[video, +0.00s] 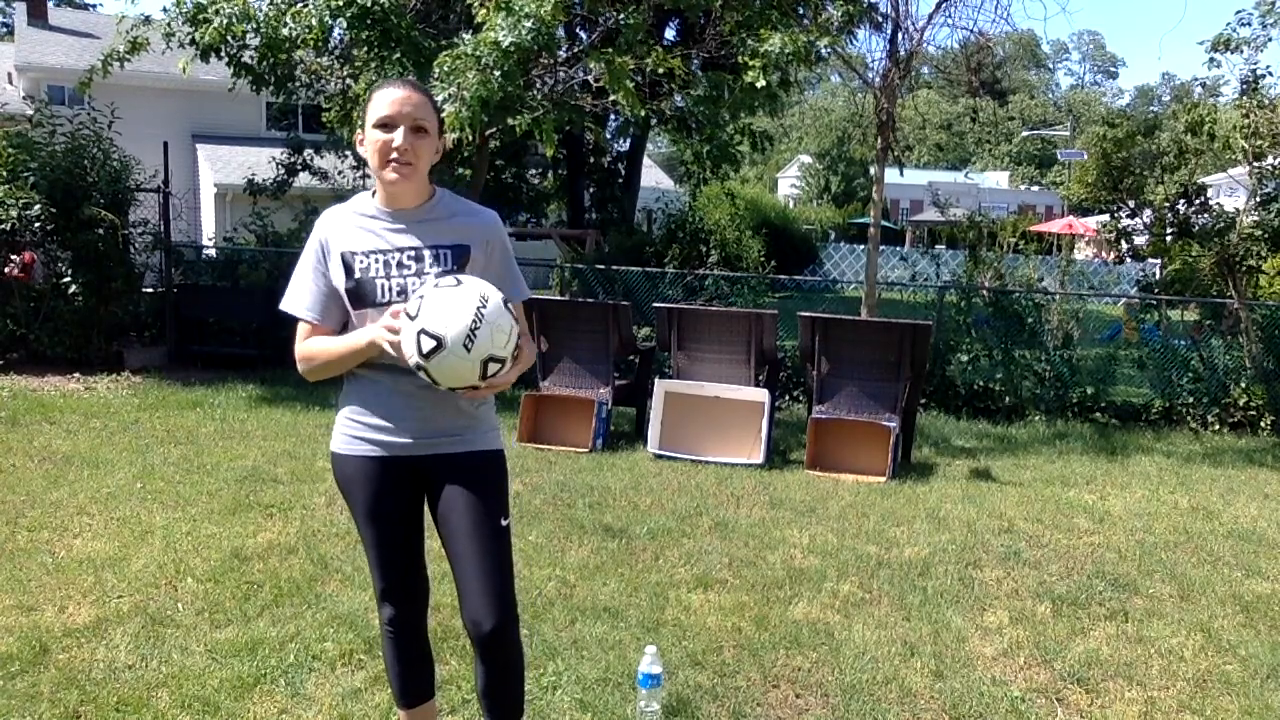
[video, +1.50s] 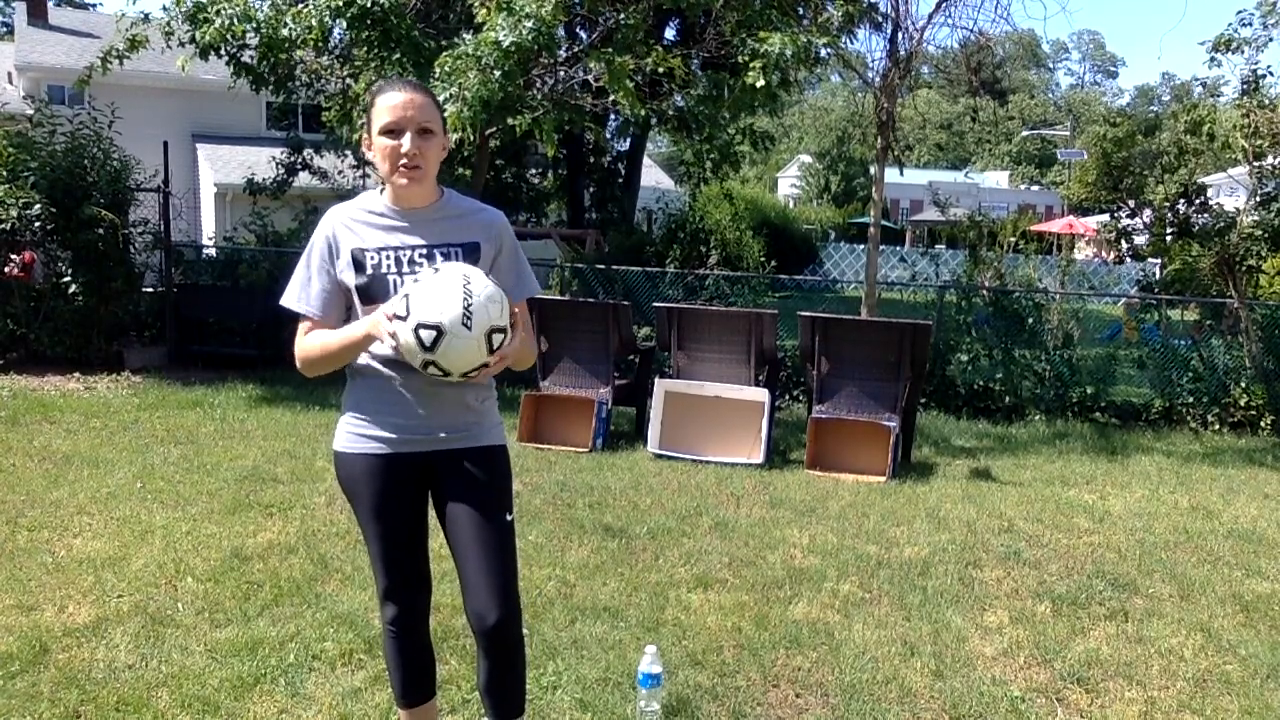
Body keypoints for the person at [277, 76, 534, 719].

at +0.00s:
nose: (399, 140)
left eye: (417, 128)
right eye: (385, 126)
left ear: (439, 144)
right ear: (361, 141)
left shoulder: (482, 226)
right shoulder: (335, 228)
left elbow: (524, 337)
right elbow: (308, 357)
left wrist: (511, 368)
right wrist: (370, 338)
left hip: (468, 441)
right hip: (373, 444)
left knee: (493, 622)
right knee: (400, 610)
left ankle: (505, 719)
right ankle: (419, 714)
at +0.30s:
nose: (397, 140)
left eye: (412, 126)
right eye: (380, 127)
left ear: (434, 140)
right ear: (357, 141)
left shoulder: (478, 221)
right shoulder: (331, 227)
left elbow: (526, 323)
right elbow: (308, 359)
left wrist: (526, 348)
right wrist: (372, 340)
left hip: (470, 440)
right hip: (374, 444)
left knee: (494, 619)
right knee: (401, 611)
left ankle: (505, 718)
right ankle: (419, 715)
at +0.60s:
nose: (391, 140)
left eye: (408, 128)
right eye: (377, 128)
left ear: (437, 143)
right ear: (361, 143)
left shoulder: (483, 227)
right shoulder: (336, 229)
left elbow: (514, 334)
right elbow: (295, 351)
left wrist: (506, 356)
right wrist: (359, 332)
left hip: (468, 441)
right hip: (373, 442)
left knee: (494, 621)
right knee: (402, 615)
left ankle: (505, 719)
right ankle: (420, 715)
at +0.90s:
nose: (403, 142)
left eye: (419, 129)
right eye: (387, 128)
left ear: (438, 143)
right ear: (361, 142)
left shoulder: (481, 222)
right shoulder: (334, 228)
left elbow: (535, 343)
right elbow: (306, 359)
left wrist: (516, 334)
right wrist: (363, 330)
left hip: (472, 439)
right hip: (377, 442)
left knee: (496, 618)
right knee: (402, 610)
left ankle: (506, 719)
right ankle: (419, 716)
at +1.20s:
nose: (398, 144)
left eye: (414, 130)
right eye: (382, 132)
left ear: (440, 144)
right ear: (363, 149)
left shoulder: (485, 227)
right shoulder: (339, 230)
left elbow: (513, 333)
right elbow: (299, 350)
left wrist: (500, 361)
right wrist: (358, 340)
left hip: (471, 441)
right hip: (377, 443)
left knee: (495, 621)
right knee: (402, 610)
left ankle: (505, 718)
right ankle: (419, 714)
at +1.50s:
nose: (409, 146)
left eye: (424, 132)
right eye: (392, 133)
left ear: (444, 143)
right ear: (369, 147)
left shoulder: (487, 226)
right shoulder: (341, 227)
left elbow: (526, 345)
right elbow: (308, 354)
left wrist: (511, 351)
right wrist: (363, 330)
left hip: (472, 439)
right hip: (377, 439)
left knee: (496, 618)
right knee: (402, 607)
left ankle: (506, 719)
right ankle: (419, 715)